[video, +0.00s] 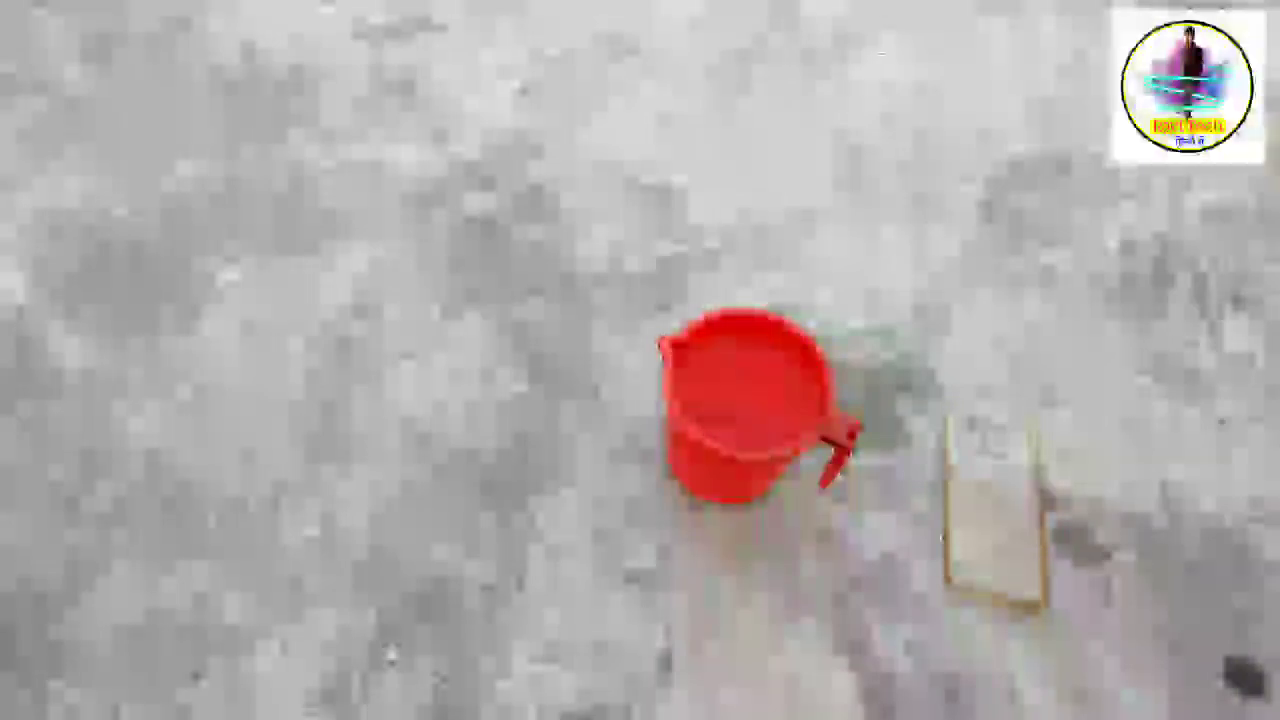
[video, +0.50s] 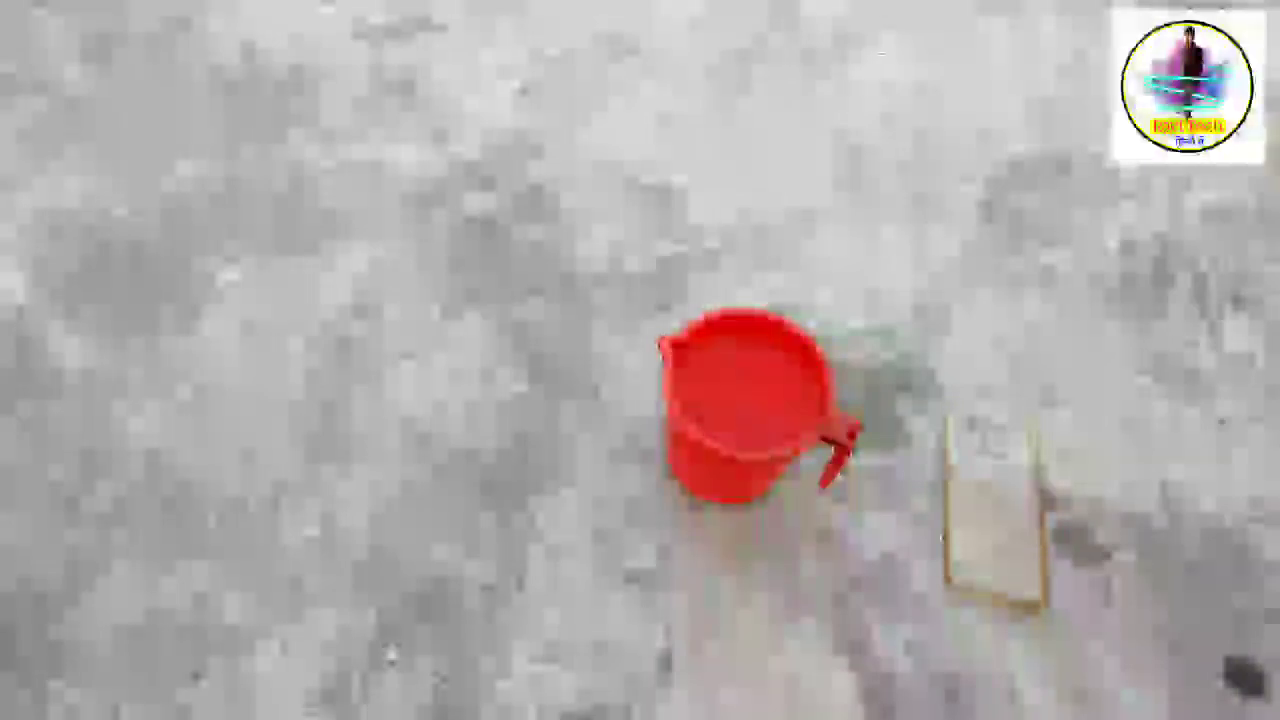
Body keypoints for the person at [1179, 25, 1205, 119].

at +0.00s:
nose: (1189, 38)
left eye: (1191, 35)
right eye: (1187, 35)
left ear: (1194, 36)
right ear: (1184, 36)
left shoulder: (1198, 50)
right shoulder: (1182, 50)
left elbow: (1200, 64)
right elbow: (1176, 62)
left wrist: (1198, 74)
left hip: (1194, 75)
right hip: (1184, 74)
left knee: (1191, 93)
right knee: (1185, 93)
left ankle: (1189, 111)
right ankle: (1186, 112)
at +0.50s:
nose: (1189, 38)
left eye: (1191, 35)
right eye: (1187, 35)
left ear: (1194, 36)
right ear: (1184, 36)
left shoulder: (1198, 50)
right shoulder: (1182, 50)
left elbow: (1200, 64)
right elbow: (1177, 62)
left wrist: (1198, 74)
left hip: (1194, 75)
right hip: (1184, 74)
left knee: (1191, 93)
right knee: (1185, 93)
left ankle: (1189, 111)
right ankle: (1186, 111)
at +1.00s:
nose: (1188, 38)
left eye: (1190, 36)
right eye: (1187, 35)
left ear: (1193, 36)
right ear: (1184, 36)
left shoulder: (1197, 50)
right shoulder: (1182, 49)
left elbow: (1199, 64)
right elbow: (1176, 61)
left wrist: (1197, 74)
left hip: (1193, 74)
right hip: (1183, 74)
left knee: (1190, 93)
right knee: (1185, 93)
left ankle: (1188, 112)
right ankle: (1186, 112)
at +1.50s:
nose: (1188, 38)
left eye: (1190, 36)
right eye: (1187, 35)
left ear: (1193, 36)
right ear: (1184, 36)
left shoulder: (1197, 50)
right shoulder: (1181, 49)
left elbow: (1199, 64)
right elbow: (1175, 61)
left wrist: (1197, 74)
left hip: (1193, 74)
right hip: (1183, 74)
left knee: (1190, 93)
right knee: (1185, 93)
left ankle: (1188, 112)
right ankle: (1186, 112)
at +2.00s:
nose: (1188, 38)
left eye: (1190, 35)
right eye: (1187, 35)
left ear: (1193, 36)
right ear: (1184, 36)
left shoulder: (1197, 49)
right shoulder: (1181, 49)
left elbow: (1199, 63)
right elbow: (1176, 61)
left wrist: (1198, 73)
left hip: (1193, 74)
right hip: (1183, 73)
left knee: (1191, 92)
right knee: (1185, 92)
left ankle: (1189, 111)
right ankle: (1186, 111)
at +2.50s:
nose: (1188, 38)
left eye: (1190, 36)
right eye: (1187, 35)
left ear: (1193, 36)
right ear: (1184, 36)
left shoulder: (1197, 49)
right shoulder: (1181, 49)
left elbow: (1199, 63)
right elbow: (1175, 61)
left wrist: (1197, 73)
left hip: (1193, 74)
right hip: (1183, 73)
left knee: (1191, 92)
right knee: (1185, 92)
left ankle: (1189, 111)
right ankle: (1186, 111)